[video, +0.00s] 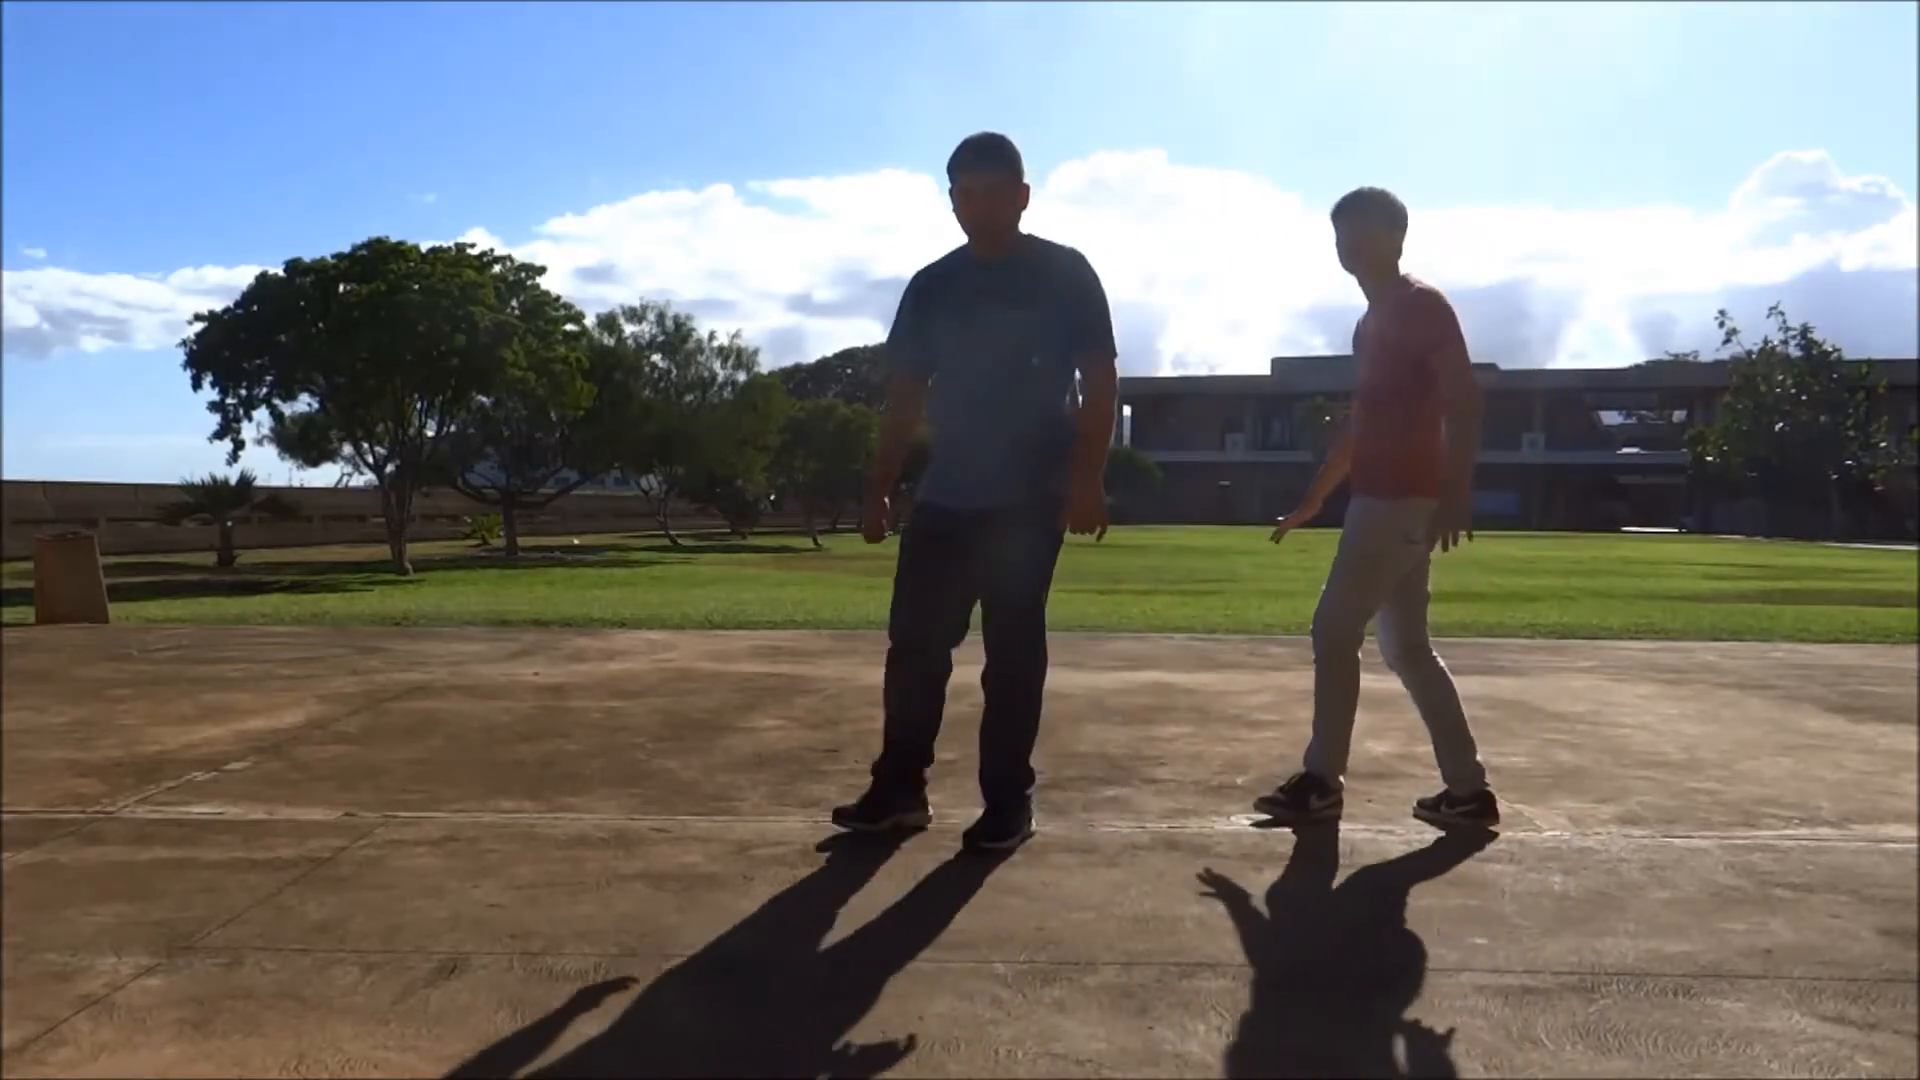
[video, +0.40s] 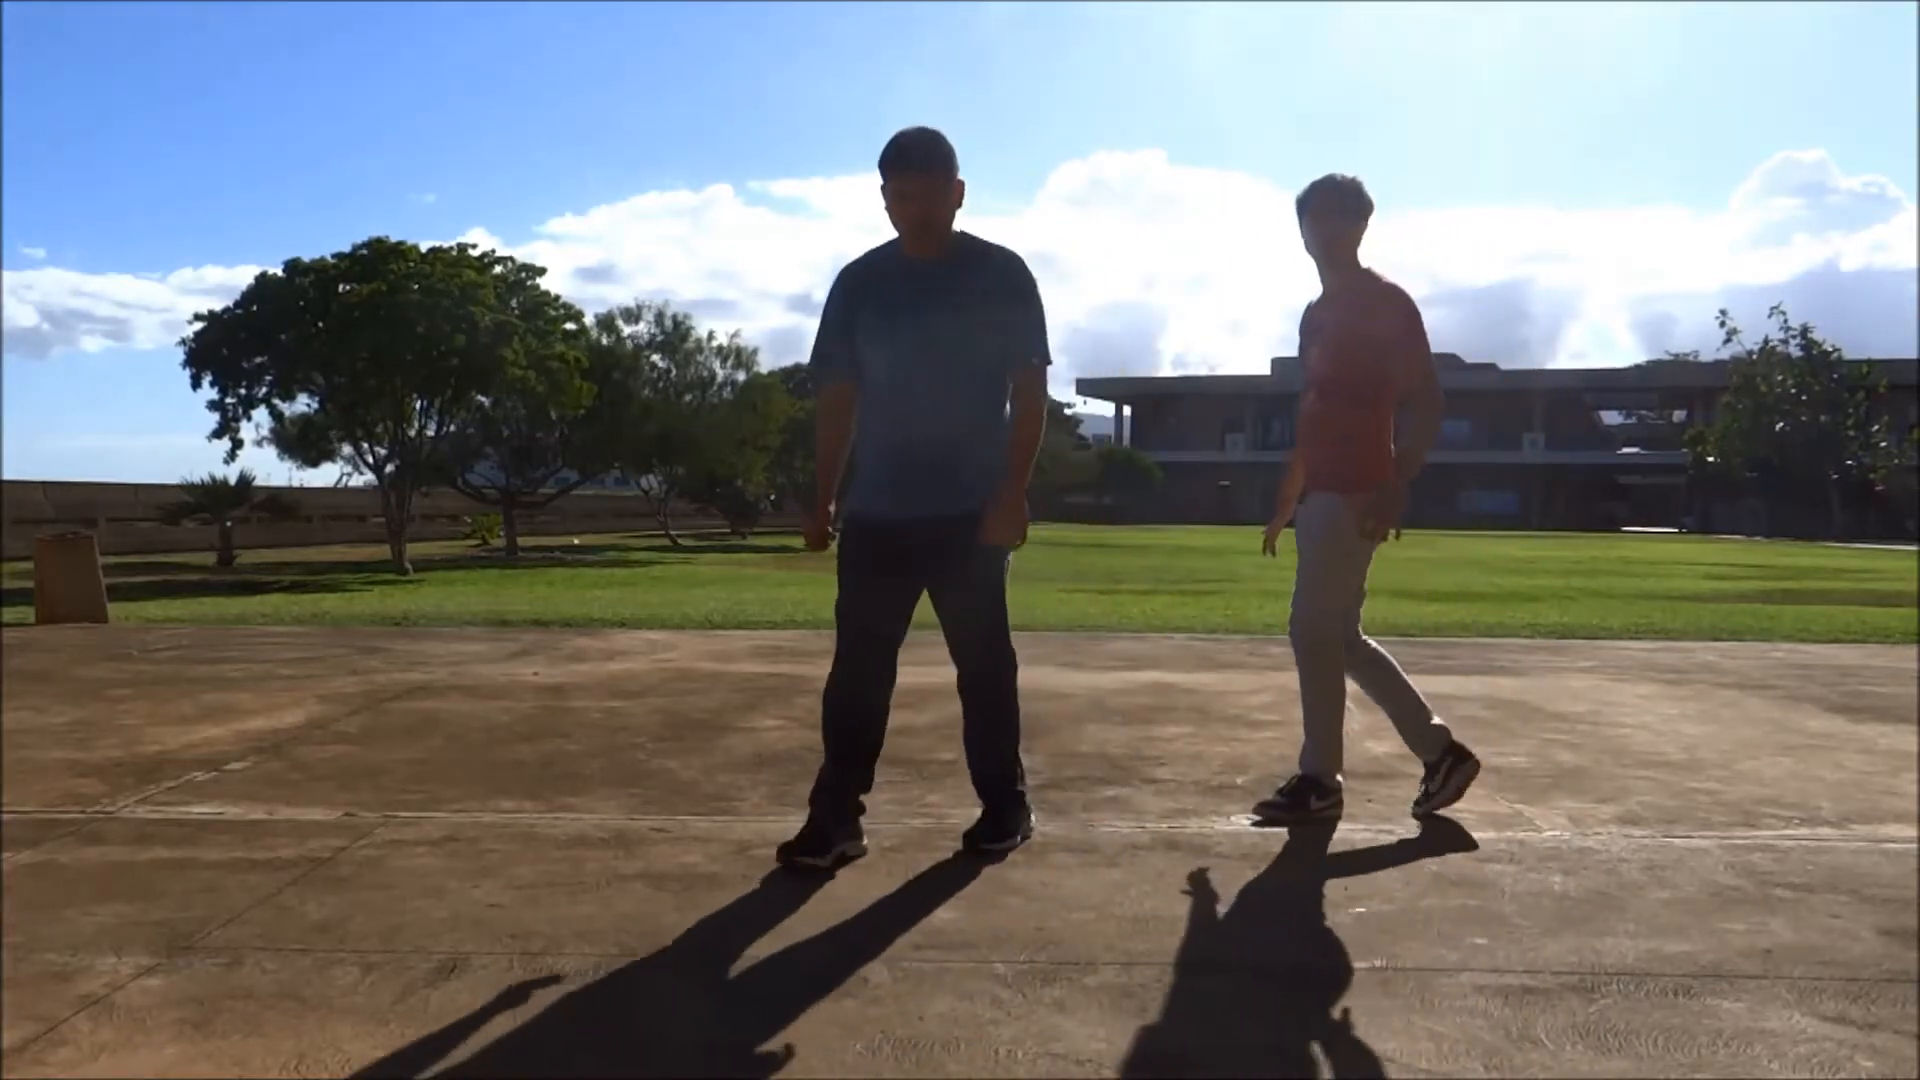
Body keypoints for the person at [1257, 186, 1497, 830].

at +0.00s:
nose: (1337, 249)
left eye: (1345, 235)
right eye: (1336, 236)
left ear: (1380, 237)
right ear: (1364, 241)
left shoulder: (1424, 306)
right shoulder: (1369, 326)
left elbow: (1464, 401)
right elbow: (1359, 428)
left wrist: (1457, 491)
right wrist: (1311, 503)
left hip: (1398, 501)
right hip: (1385, 501)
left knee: (1335, 632)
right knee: (1407, 649)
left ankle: (1322, 783)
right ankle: (1469, 790)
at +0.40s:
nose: (1310, 237)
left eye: (1320, 223)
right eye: (1306, 224)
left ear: (1354, 225)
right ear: (1305, 230)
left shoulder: (1390, 307)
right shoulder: (1316, 316)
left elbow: (1426, 409)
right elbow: (1314, 421)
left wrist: (1395, 489)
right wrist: (1283, 504)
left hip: (1356, 493)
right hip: (1319, 495)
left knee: (1314, 632)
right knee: (1341, 638)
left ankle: (1320, 781)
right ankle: (1442, 753)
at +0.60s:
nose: (1284, 231)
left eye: (1294, 216)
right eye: (1281, 219)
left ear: (1329, 219)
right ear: (1284, 225)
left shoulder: (1369, 301)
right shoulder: (1297, 311)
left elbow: (1396, 403)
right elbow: (1306, 409)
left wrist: (1347, 484)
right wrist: (1282, 485)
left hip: (1337, 493)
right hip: (1291, 490)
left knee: (1309, 629)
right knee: (1264, 623)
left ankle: (1319, 778)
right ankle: (1362, 736)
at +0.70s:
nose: (1269, 229)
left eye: (1277, 215)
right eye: (1268, 217)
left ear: (1312, 217)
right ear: (1281, 223)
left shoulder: (1358, 297)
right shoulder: (1286, 311)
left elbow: (1381, 400)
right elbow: (1292, 403)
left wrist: (1321, 474)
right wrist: (1279, 474)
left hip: (1328, 488)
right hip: (1282, 483)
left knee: (1310, 632)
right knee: (1242, 619)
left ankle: (1320, 780)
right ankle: (1299, 755)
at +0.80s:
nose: (1259, 231)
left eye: (1268, 217)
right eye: (1255, 220)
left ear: (1304, 217)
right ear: (1257, 226)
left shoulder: (1345, 297)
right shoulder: (1275, 310)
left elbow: (1363, 399)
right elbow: (1277, 406)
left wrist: (1301, 461)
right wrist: (1257, 479)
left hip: (1319, 489)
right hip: (1270, 488)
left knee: (1307, 631)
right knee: (1220, 615)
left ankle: (1320, 779)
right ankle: (1243, 760)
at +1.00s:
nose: (1230, 232)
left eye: (1242, 218)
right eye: (1223, 222)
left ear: (1274, 221)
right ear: (1218, 231)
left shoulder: (1309, 296)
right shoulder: (1241, 315)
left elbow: (1324, 395)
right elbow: (1249, 403)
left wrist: (1229, 443)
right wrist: (1220, 461)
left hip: (1288, 495)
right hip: (1239, 493)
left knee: (1293, 636)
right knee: (1191, 624)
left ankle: (1319, 778)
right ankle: (1145, 759)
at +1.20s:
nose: (1168, 242)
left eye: (1178, 228)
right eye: (1166, 230)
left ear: (1218, 228)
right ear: (1180, 235)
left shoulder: (1249, 302)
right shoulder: (1206, 310)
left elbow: (1249, 406)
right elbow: (1205, 409)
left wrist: (1164, 458)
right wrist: (1167, 473)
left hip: (1234, 502)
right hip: (1187, 502)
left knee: (1256, 636)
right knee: (1147, 628)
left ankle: (1312, 774)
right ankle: (1119, 768)